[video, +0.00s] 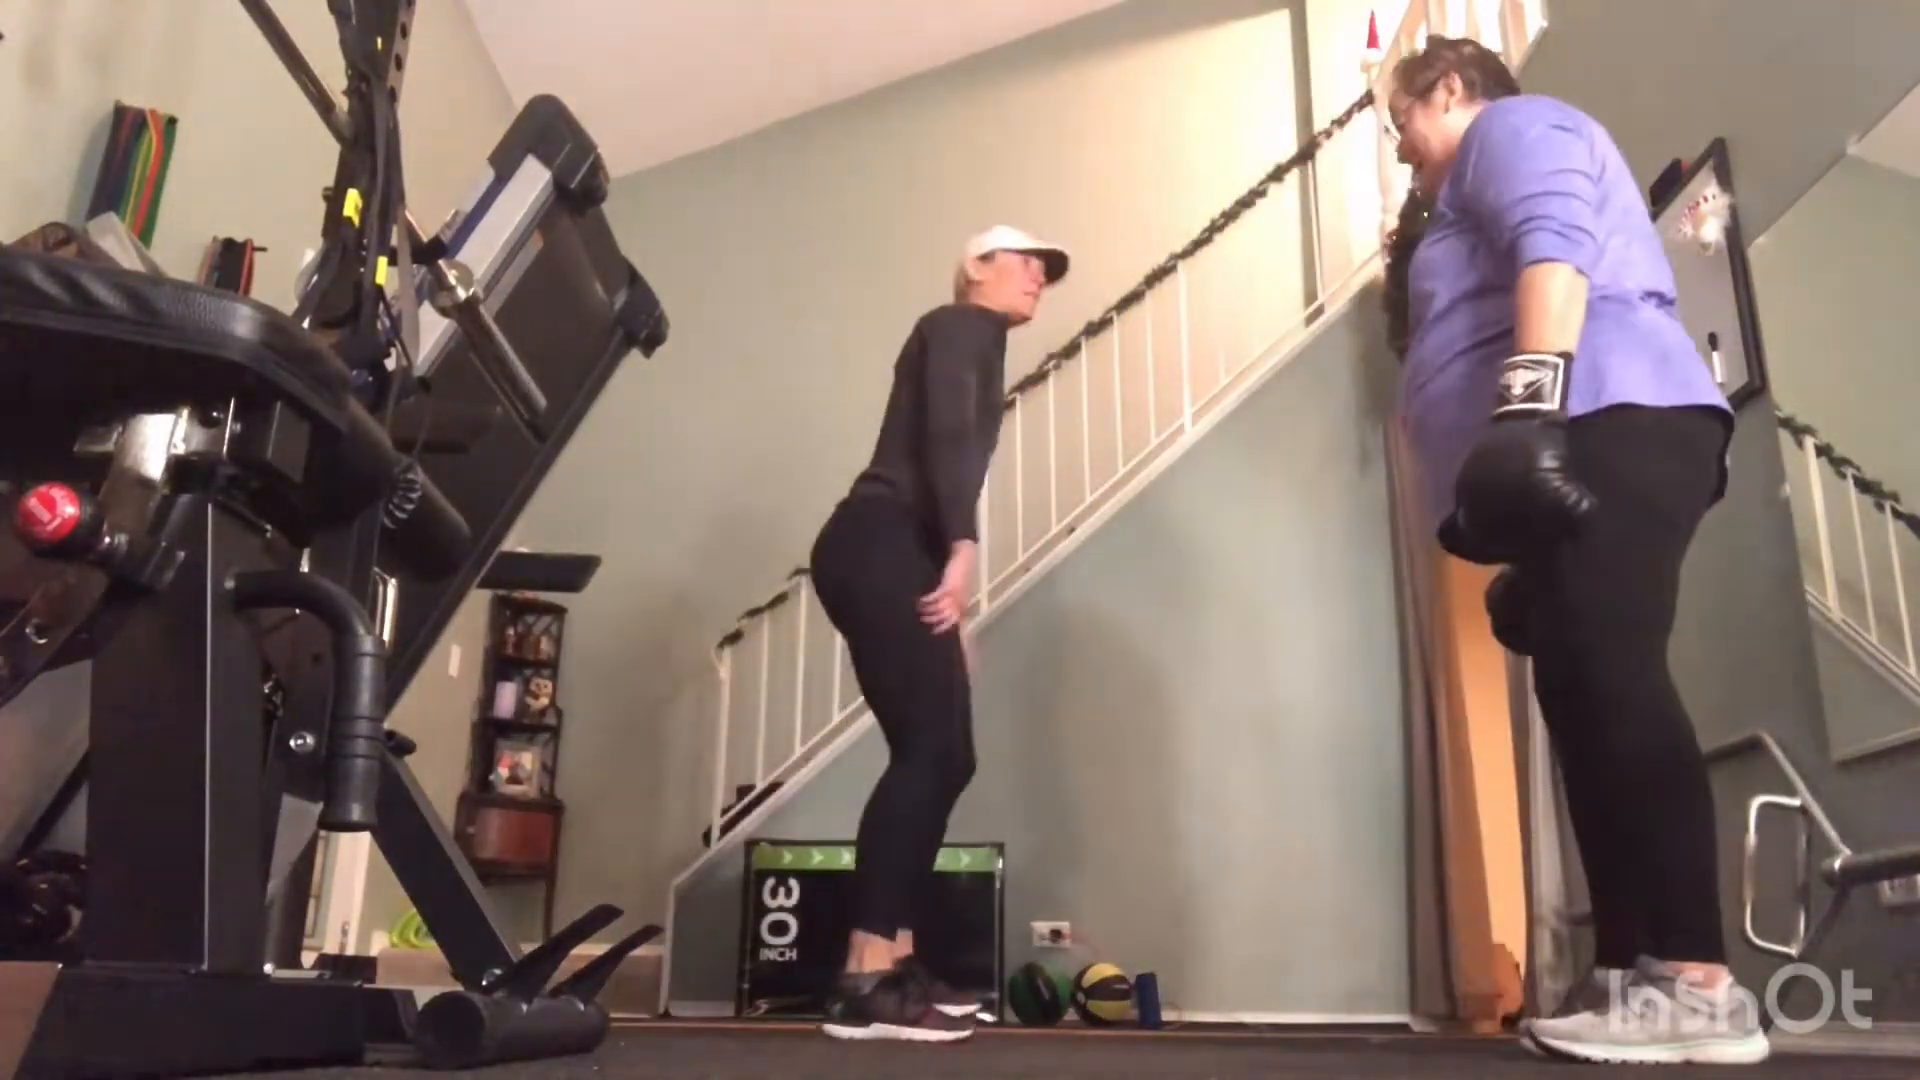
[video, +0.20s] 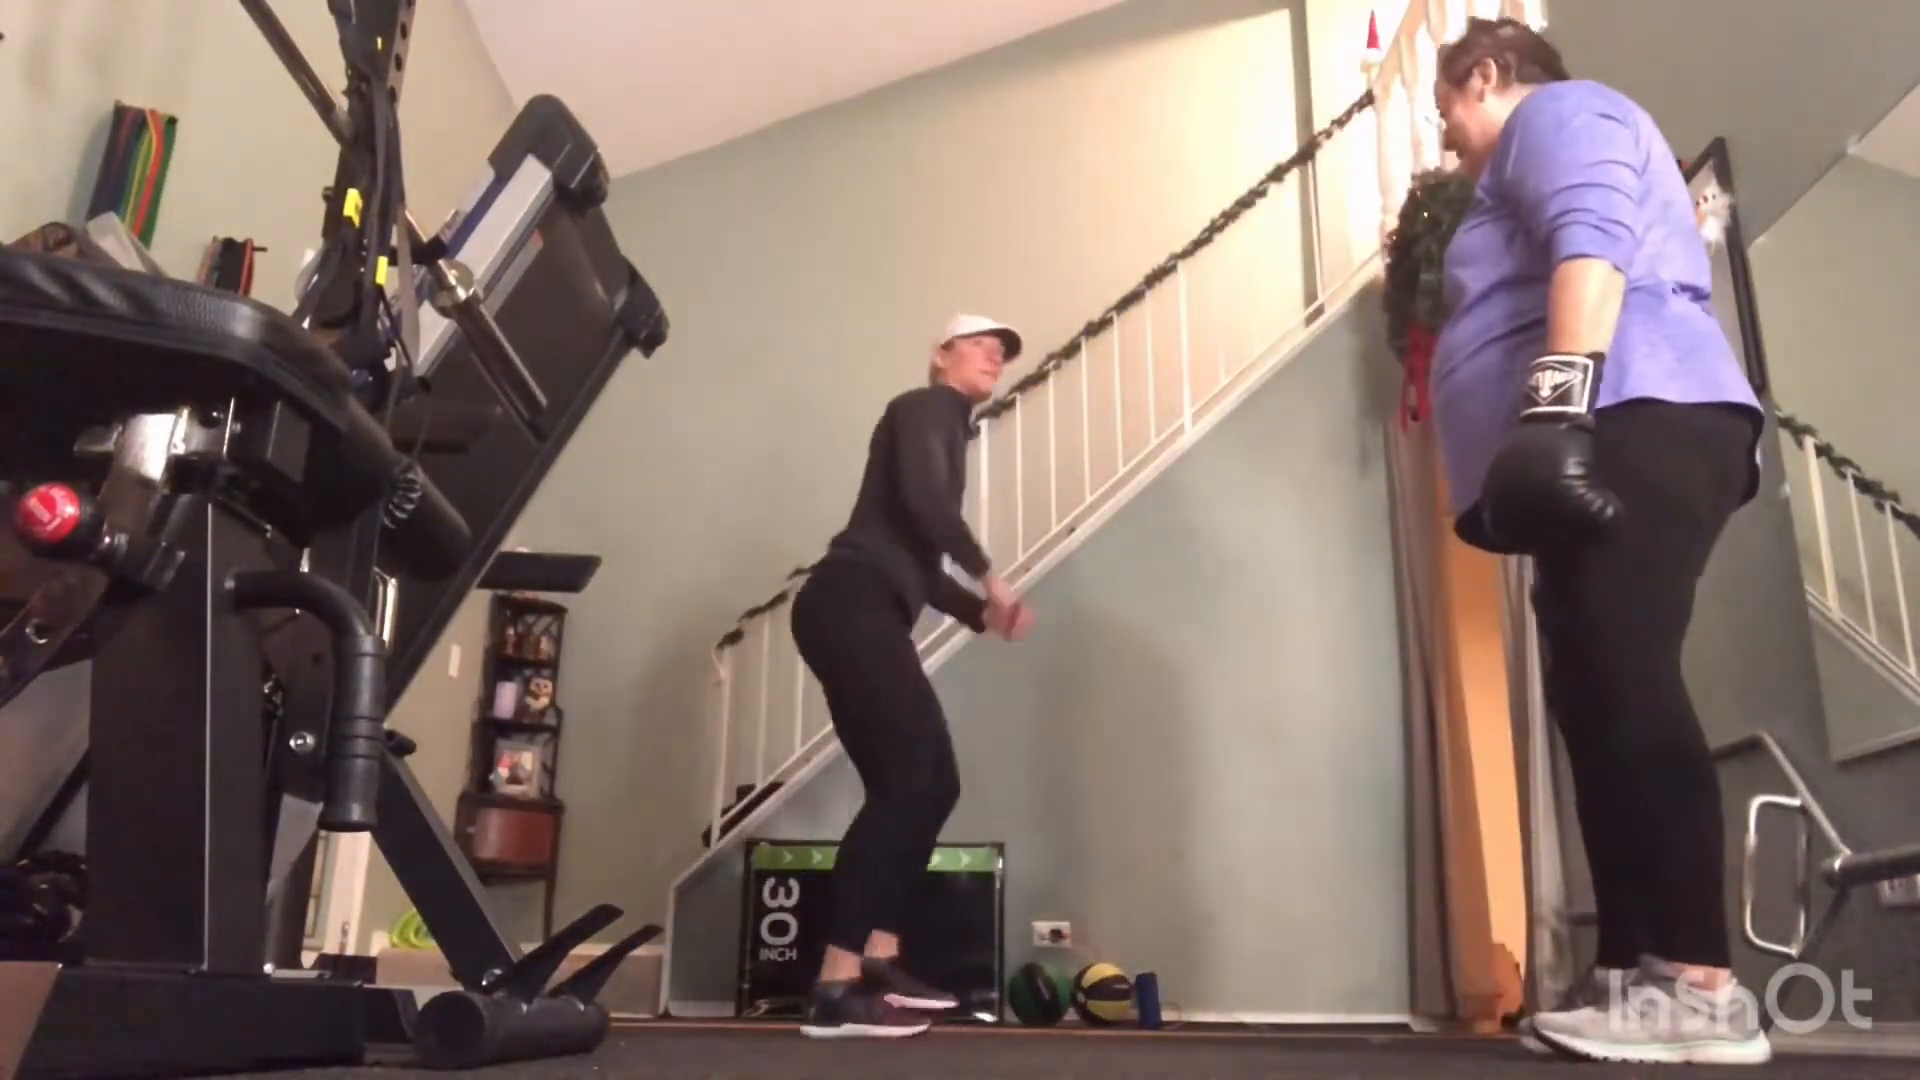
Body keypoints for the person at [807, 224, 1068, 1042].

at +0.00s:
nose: (1037, 281)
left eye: (1041, 272)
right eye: (1022, 264)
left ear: (1018, 284)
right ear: (978, 268)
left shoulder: (979, 346)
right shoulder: (960, 325)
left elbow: (950, 465)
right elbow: (947, 434)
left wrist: (950, 589)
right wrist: (964, 546)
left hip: (899, 549)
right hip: (878, 540)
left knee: (948, 757)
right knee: (928, 751)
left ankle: (894, 966)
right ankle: (864, 975)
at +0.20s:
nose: (992, 363)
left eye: (999, 358)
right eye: (979, 349)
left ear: (994, 378)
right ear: (941, 357)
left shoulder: (941, 432)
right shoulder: (928, 405)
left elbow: (918, 559)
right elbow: (926, 501)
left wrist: (980, 613)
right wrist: (989, 580)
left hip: (866, 612)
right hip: (849, 599)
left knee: (934, 784)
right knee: (906, 783)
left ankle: (878, 962)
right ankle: (835, 983)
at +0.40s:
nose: (992, 418)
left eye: (1000, 414)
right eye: (982, 405)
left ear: (994, 429)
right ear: (946, 406)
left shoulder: (944, 487)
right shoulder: (920, 447)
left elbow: (955, 604)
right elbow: (934, 529)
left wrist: (993, 553)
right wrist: (983, 516)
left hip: (842, 636)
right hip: (844, 626)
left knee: (900, 803)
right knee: (909, 798)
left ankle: (866, 985)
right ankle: (865, 987)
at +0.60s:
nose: (1020, 398)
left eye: (1026, 389)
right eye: (1014, 381)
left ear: (1013, 402)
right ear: (979, 377)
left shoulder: (951, 473)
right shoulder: (937, 408)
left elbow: (964, 574)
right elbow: (918, 357)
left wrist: (999, 501)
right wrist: (1002, 381)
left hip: (850, 604)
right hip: (843, 588)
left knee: (917, 783)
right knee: (921, 779)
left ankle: (864, 983)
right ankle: (861, 985)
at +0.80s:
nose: (1042, 299)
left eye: (1052, 302)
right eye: (1038, 282)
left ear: (1039, 329)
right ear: (1000, 280)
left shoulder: (967, 406)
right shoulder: (959, 310)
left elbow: (992, 520)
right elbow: (957, 212)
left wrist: (1031, 433)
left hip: (844, 555)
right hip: (859, 528)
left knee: (930, 761)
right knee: (975, 740)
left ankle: (872, 983)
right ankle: (870, 976)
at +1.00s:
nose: (1089, 158)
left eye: (1105, 161)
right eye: (1080, 135)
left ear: (1092, 194)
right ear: (1037, 127)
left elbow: (1030, 425)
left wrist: (1075, 319)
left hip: (853, 464)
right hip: (882, 419)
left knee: (959, 715)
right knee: (1019, 663)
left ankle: (890, 974)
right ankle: (896, 964)